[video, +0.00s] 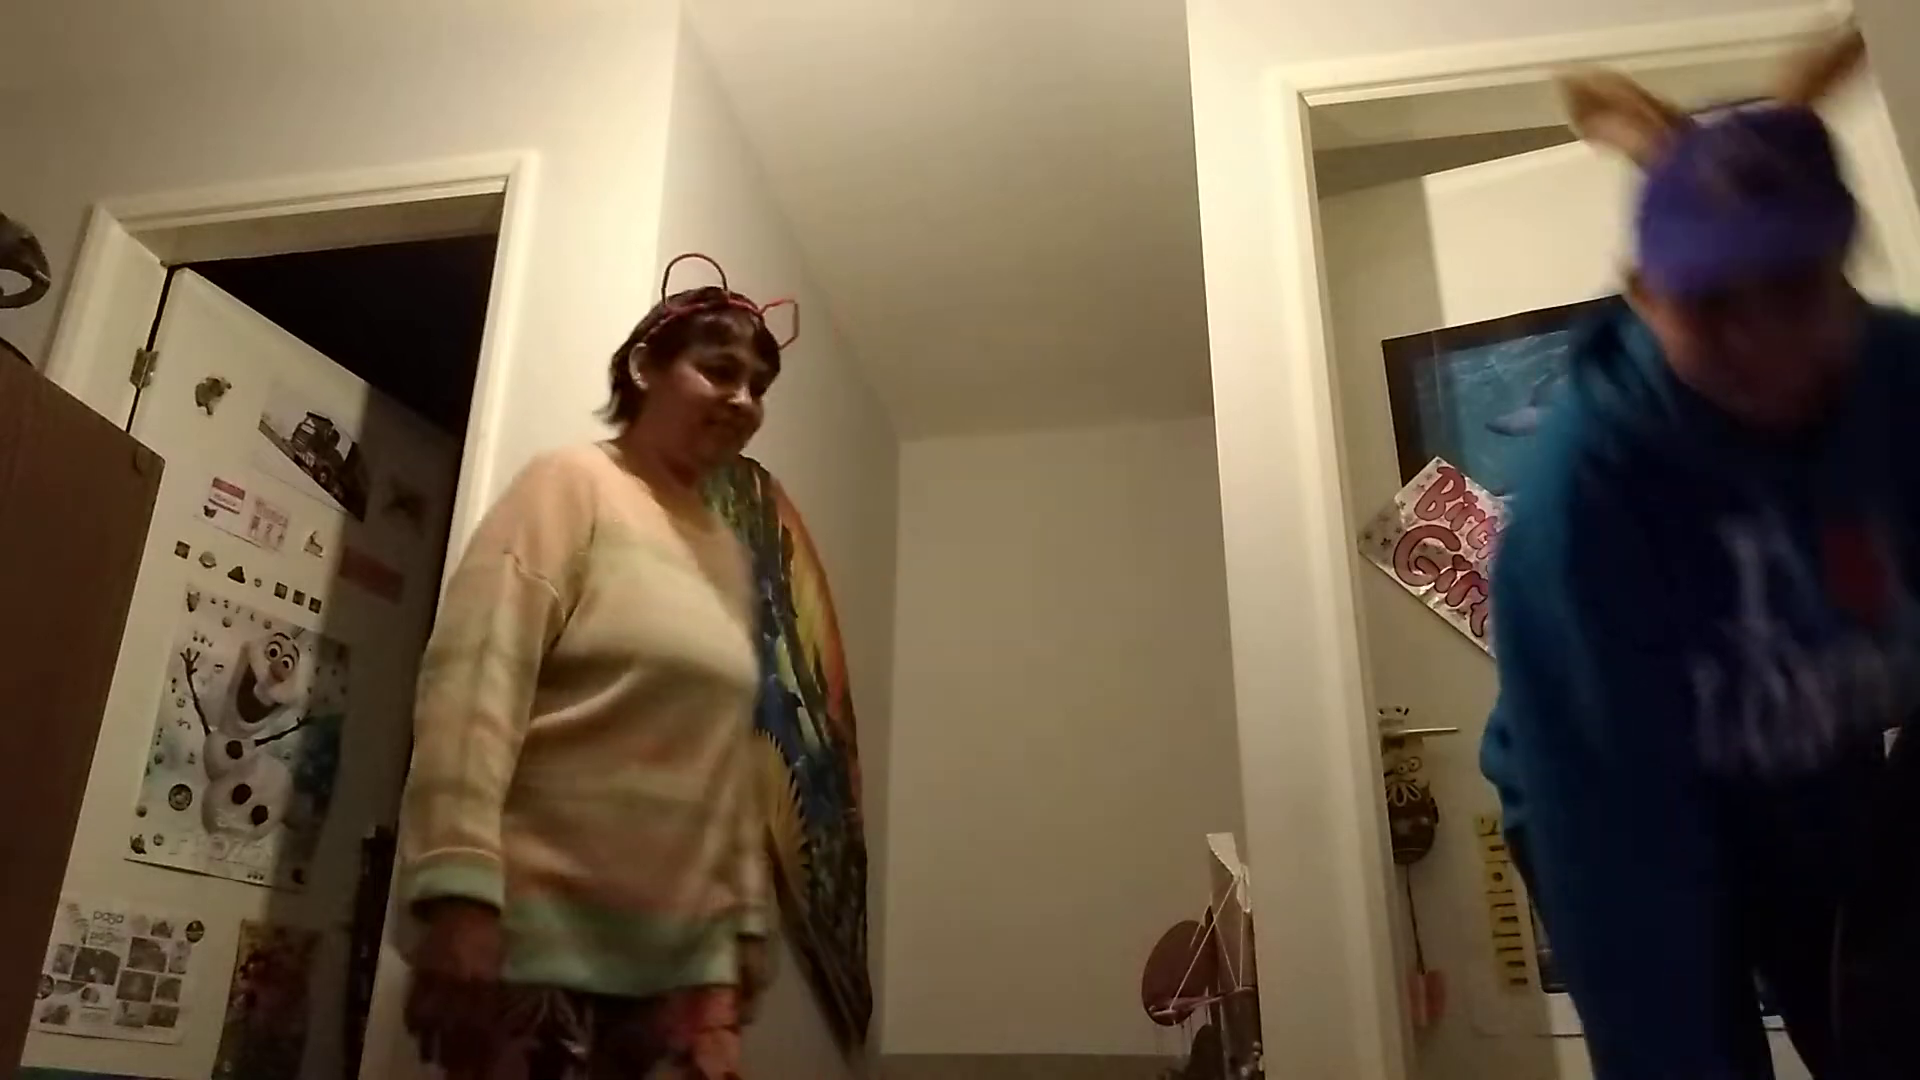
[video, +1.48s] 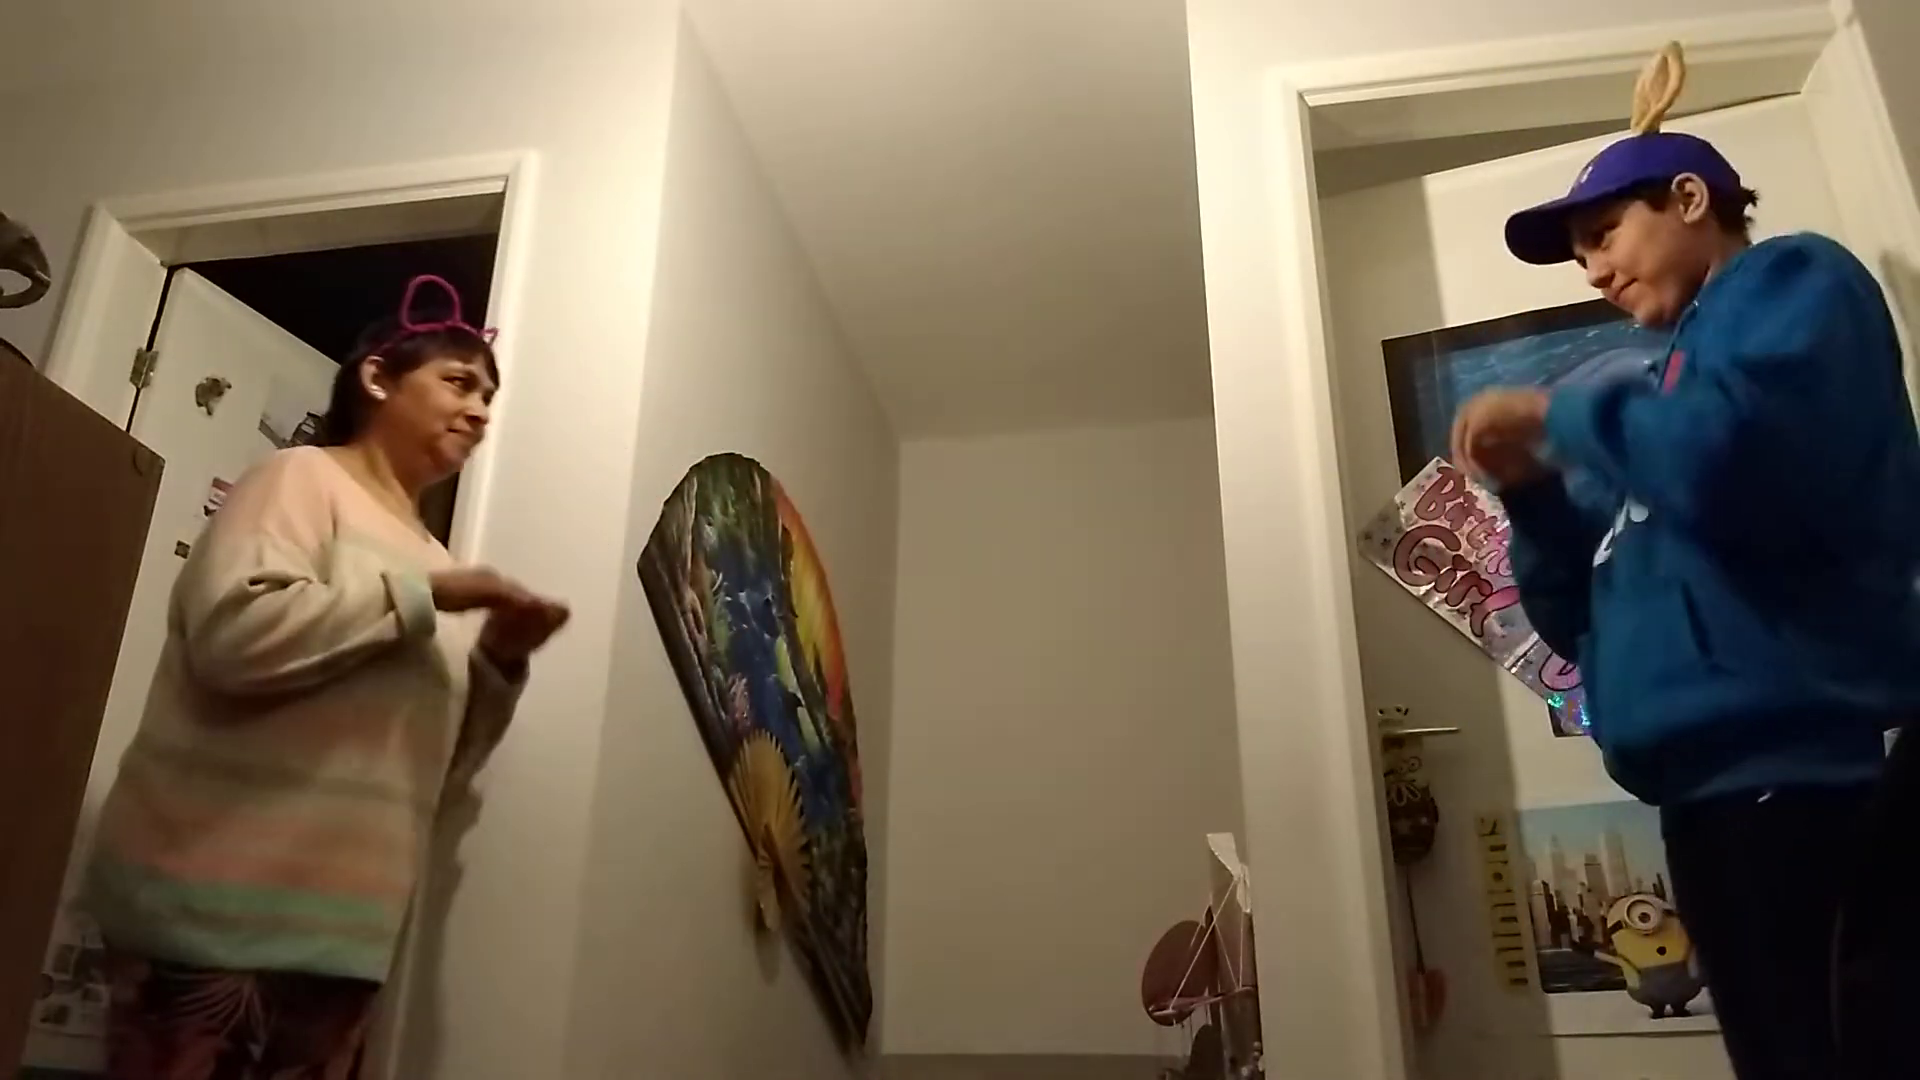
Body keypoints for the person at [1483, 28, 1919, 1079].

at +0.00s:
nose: (1758, 340)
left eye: (1792, 294)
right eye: (1711, 304)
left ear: (1843, 271)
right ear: (1646, 297)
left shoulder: (1900, 384)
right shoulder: (1587, 489)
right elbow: (1602, 826)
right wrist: (1674, 1057)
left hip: (1848, 803)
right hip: (1649, 836)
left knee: (1888, 1047)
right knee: (1690, 1056)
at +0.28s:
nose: (1597, 156)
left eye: (1631, 111)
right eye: (1560, 134)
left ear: (1704, 113)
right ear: (1536, 166)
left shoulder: (1870, 269)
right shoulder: (1503, 367)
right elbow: (1481, 664)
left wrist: (1913, 651)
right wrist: (1581, 863)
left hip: (1887, 811)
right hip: (1670, 844)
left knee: (1891, 1060)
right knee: (1699, 1079)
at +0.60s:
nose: (1630, 168)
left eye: (1659, 134)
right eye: (1600, 155)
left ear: (1738, 141)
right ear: (1588, 191)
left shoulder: (1871, 253)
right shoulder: (1584, 379)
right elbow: (1561, 577)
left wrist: (1804, 574)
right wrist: (1560, 645)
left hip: (1887, 772)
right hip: (1706, 805)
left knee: (1884, 1049)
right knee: (1713, 1059)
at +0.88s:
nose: (1632, 198)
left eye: (1661, 166)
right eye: (1606, 190)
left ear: (1735, 179)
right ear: (1602, 232)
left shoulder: (1846, 271)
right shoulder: (1610, 402)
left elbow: (1919, 463)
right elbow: (1607, 659)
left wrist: (1711, 505)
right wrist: (1576, 603)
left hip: (1875, 780)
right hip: (1710, 812)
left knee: (1886, 1052)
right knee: (1758, 1064)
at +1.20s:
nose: (1596, 244)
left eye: (1622, 211)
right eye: (1579, 235)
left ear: (1709, 208)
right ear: (1581, 266)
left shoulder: (1801, 305)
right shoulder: (1615, 419)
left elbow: (1838, 517)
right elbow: (1593, 665)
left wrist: (1576, 558)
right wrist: (1509, 564)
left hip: (1831, 794)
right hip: (1699, 816)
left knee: (1844, 1055)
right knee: (1743, 1060)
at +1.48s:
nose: (1593, 269)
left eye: (1605, 232)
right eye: (1582, 256)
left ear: (1689, 200)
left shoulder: (1797, 280)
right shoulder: (1664, 387)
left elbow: (1729, 453)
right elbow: (1588, 628)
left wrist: (1552, 416)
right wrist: (1531, 493)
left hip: (1820, 794)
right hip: (1716, 811)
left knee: (1841, 1055)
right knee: (1776, 1058)